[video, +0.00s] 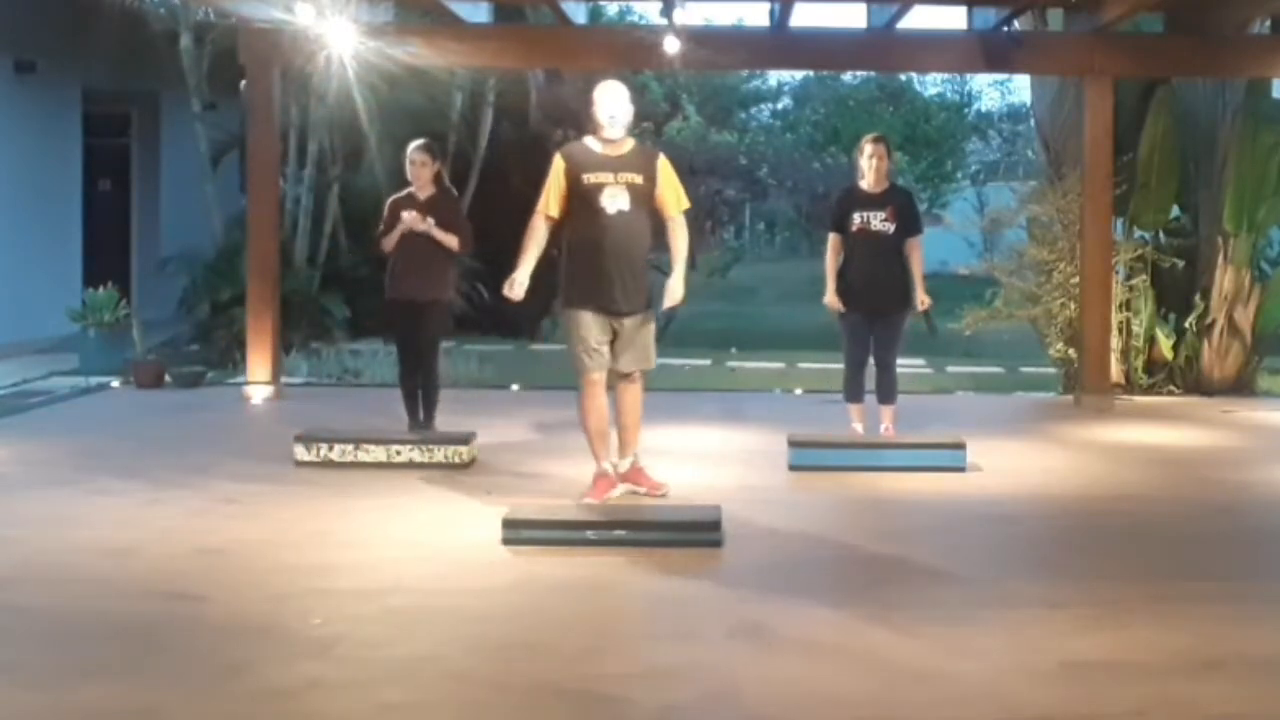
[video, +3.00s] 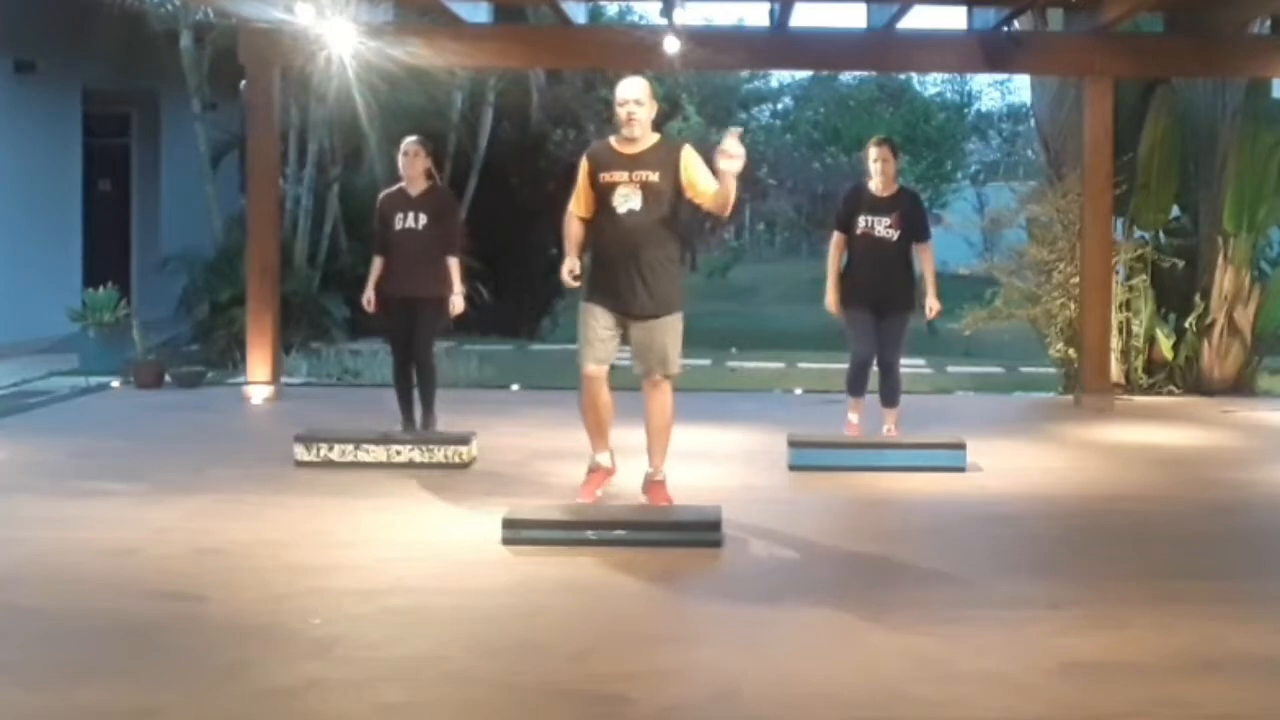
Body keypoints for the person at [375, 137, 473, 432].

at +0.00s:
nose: (414, 170)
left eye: (421, 164)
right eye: (411, 163)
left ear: (435, 167)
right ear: (405, 167)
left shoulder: (448, 201)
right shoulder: (396, 203)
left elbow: (462, 244)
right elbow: (384, 246)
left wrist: (430, 227)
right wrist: (402, 227)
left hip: (434, 296)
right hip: (401, 295)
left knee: (428, 359)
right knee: (407, 359)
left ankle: (429, 418)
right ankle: (413, 418)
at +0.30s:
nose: (413, 167)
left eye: (419, 161)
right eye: (409, 160)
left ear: (433, 163)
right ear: (403, 163)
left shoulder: (446, 197)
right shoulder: (392, 198)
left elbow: (454, 243)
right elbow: (385, 242)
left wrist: (429, 267)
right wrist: (403, 272)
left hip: (436, 291)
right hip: (403, 290)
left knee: (434, 355)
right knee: (409, 356)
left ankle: (430, 418)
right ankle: (414, 418)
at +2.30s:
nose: (418, 162)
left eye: (426, 157)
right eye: (415, 156)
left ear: (438, 164)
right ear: (408, 162)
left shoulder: (449, 201)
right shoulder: (398, 199)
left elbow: (455, 250)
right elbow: (392, 248)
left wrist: (455, 292)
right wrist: (381, 285)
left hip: (436, 293)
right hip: (402, 293)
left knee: (435, 359)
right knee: (406, 360)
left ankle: (435, 420)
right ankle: (414, 419)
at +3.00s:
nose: (408, 160)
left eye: (414, 155)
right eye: (404, 154)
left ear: (428, 161)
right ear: (398, 160)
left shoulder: (442, 199)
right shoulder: (387, 199)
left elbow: (452, 249)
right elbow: (380, 248)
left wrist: (457, 290)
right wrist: (370, 285)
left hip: (430, 293)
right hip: (395, 293)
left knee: (422, 354)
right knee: (401, 358)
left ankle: (428, 418)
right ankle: (407, 421)